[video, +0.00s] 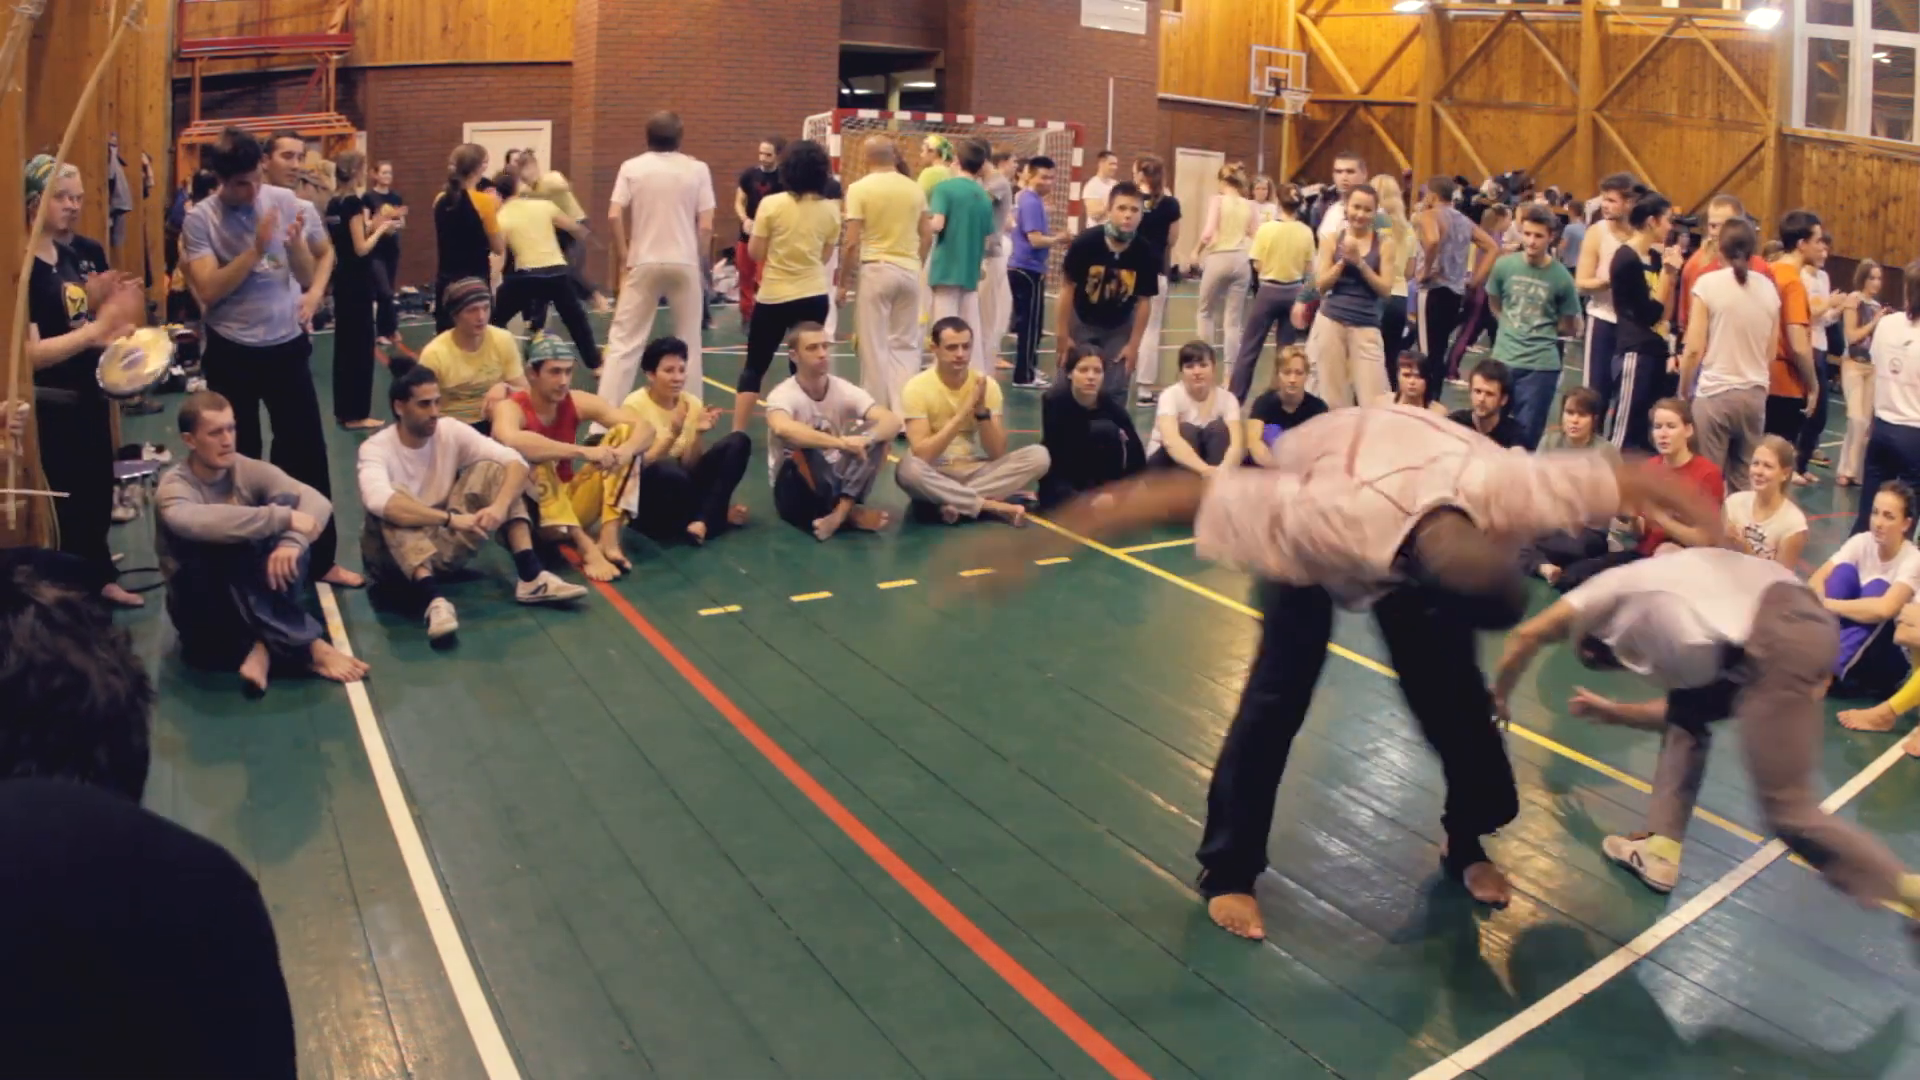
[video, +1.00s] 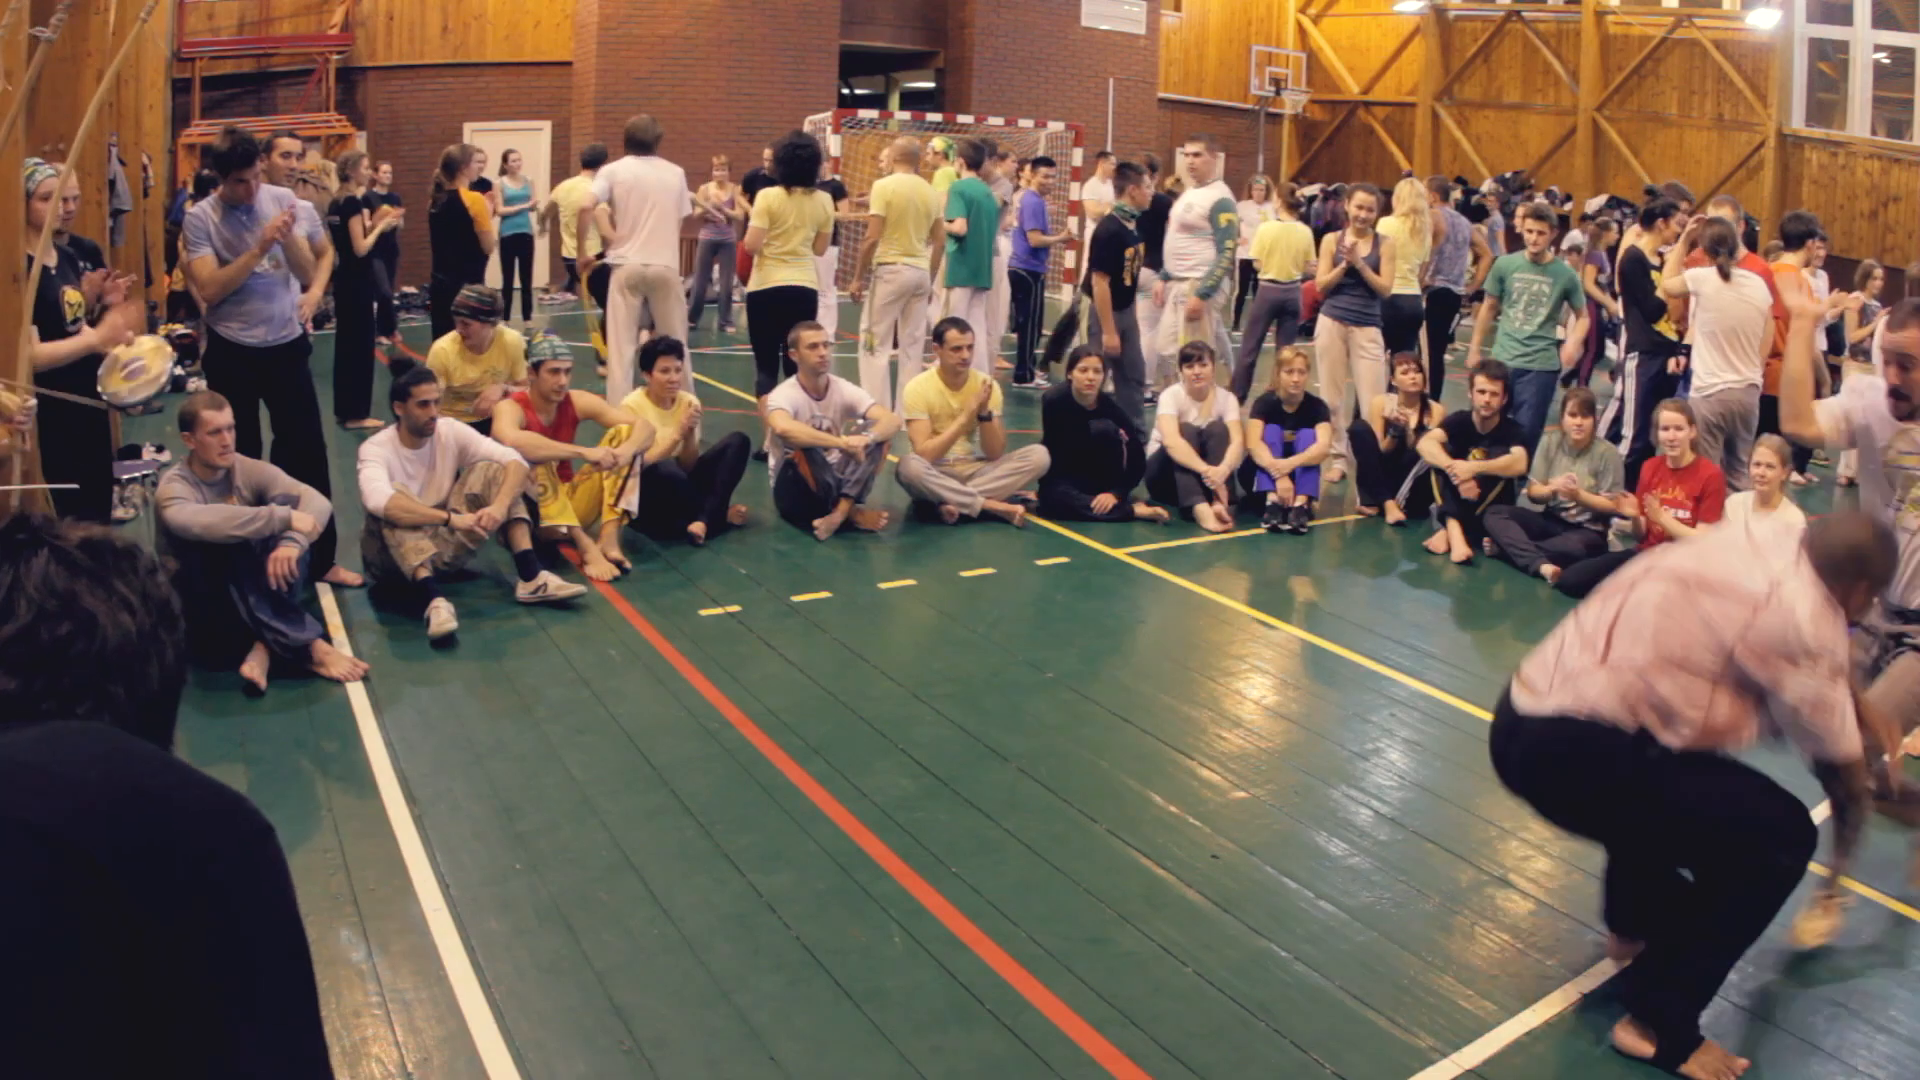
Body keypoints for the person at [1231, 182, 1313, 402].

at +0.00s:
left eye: (1278, 202)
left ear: (1278, 203)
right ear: (1299, 205)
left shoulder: (1267, 229)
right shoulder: (1306, 232)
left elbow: (1255, 259)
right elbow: (1309, 263)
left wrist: (1264, 278)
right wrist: (1300, 280)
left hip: (1268, 286)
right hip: (1294, 287)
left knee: (1251, 344)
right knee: (1287, 346)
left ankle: (1236, 396)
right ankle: (1285, 398)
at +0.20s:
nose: (1309, 169)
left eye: (1316, 163)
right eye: (1303, 163)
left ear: (1330, 166)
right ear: (1297, 168)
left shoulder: (1338, 201)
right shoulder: (1298, 199)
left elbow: (1345, 248)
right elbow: (1285, 246)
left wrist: (1332, 289)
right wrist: (1263, 286)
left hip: (1318, 293)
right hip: (1292, 292)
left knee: (1316, 364)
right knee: (1287, 359)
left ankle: (1319, 423)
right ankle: (1283, 419)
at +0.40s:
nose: (1282, 166)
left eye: (1288, 161)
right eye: (1277, 161)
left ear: (1300, 163)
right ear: (1270, 166)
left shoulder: (1311, 200)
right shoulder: (1270, 198)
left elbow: (1327, 251)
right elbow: (1253, 242)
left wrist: (1319, 297)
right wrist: (1230, 276)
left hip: (1293, 287)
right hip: (1268, 285)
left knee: (1265, 355)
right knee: (1266, 355)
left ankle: (1267, 417)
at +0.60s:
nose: (1256, 166)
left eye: (1262, 160)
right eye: (1250, 161)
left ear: (1275, 164)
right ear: (1243, 166)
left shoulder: (1286, 201)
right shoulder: (1244, 198)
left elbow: (1302, 252)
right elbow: (1228, 240)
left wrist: (1289, 297)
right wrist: (1200, 271)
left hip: (1266, 288)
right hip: (1244, 286)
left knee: (1233, 356)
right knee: (1263, 357)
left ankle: (1219, 418)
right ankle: (1268, 416)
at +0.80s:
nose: (1223, 164)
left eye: (1230, 159)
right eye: (1219, 159)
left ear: (1244, 162)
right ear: (1215, 164)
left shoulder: (1253, 201)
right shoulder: (1216, 197)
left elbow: (1266, 252)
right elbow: (1204, 242)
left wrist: (1254, 299)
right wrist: (1177, 272)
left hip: (1235, 285)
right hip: (1211, 283)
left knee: (1217, 350)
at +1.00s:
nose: (1190, 161)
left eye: (1197, 155)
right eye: (1186, 156)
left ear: (1213, 159)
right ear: (1183, 159)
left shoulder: (1220, 198)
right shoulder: (1190, 193)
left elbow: (1227, 254)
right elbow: (1180, 243)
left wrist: (1202, 294)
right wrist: (1163, 278)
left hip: (1201, 284)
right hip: (1177, 282)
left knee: (1195, 352)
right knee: (1166, 347)